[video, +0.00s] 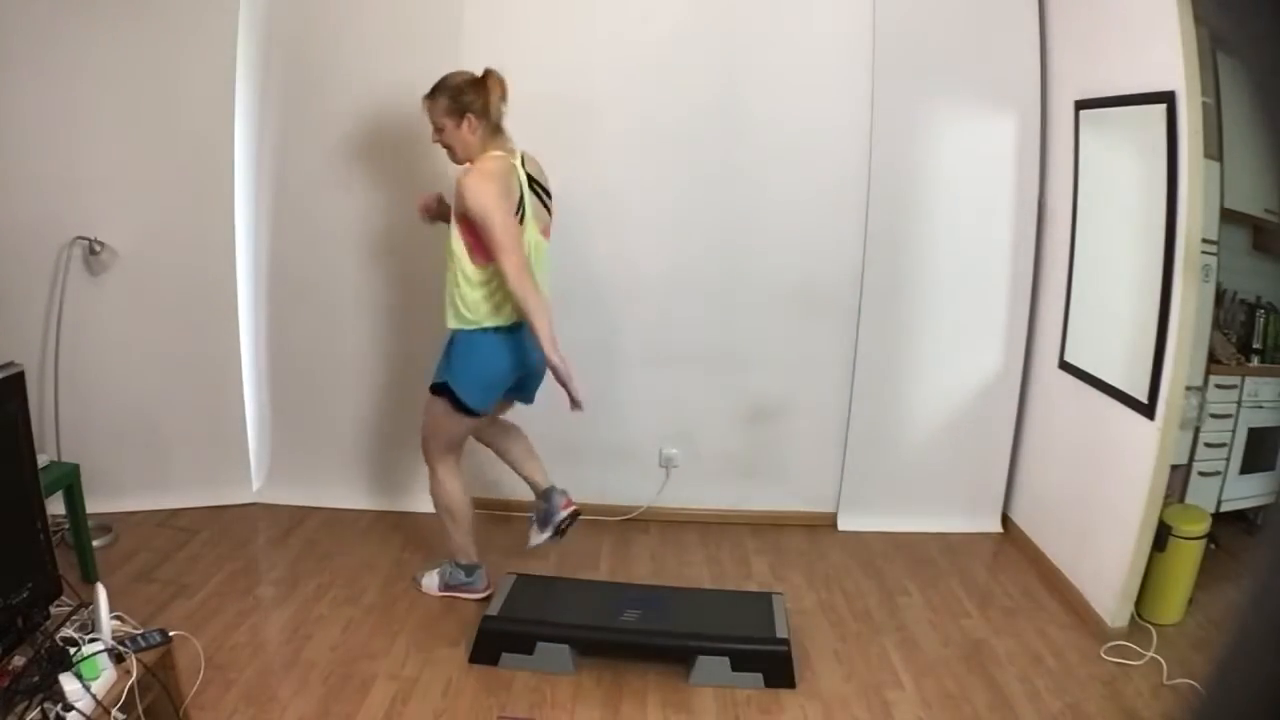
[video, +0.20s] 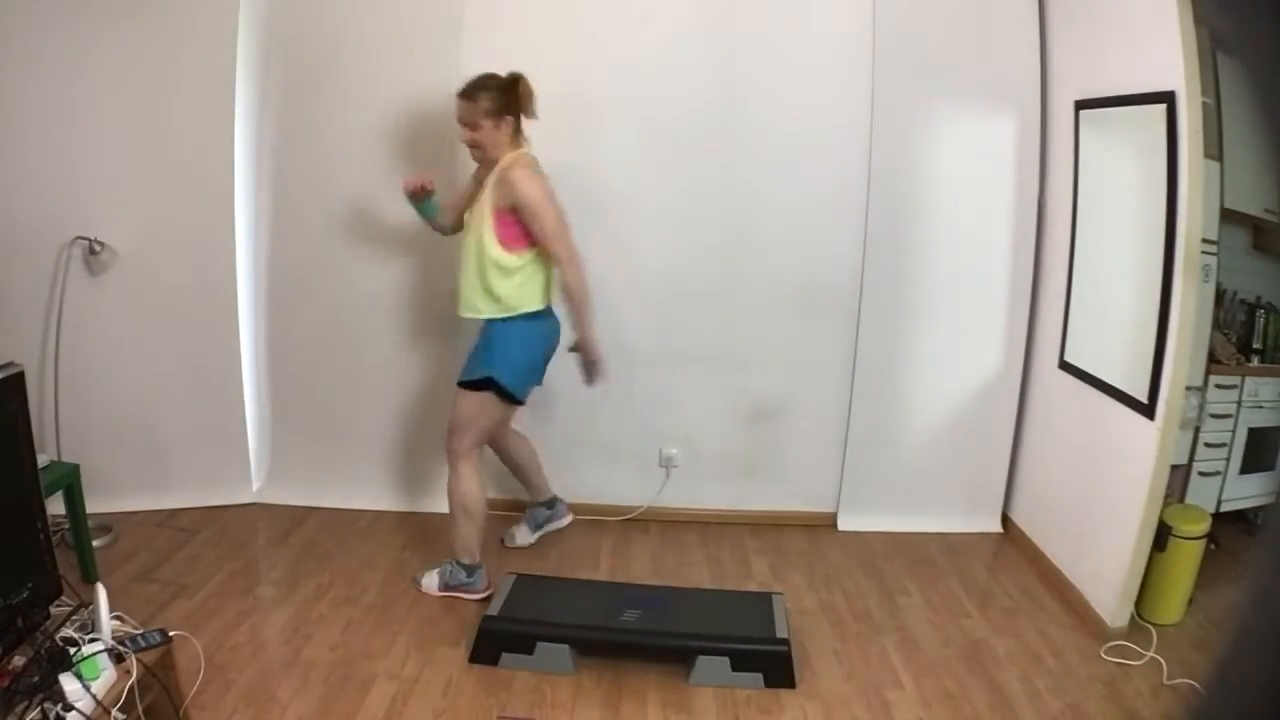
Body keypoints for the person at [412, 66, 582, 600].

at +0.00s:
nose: (436, 141)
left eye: (439, 129)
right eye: (433, 130)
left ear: (469, 124)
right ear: (477, 123)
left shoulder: (477, 181)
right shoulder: (520, 165)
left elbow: (516, 269)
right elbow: (511, 225)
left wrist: (551, 353)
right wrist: (451, 213)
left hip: (480, 346)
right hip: (518, 339)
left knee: (439, 447)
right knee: (483, 420)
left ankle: (466, 567)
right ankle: (550, 498)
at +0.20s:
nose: (466, 136)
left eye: (475, 127)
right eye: (463, 126)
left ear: (507, 124)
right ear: (475, 125)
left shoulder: (521, 177)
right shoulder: (491, 172)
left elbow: (567, 257)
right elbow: (450, 223)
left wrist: (584, 335)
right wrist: (424, 202)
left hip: (518, 326)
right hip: (508, 322)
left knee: (462, 441)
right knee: (494, 429)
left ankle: (467, 568)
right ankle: (548, 506)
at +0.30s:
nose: (498, 144)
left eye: (509, 134)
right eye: (492, 133)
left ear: (533, 132)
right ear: (484, 131)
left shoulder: (551, 178)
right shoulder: (481, 175)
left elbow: (605, 248)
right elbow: (432, 219)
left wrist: (632, 318)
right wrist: (406, 216)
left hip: (543, 325)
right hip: (508, 325)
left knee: (488, 440)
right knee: (514, 437)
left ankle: (469, 566)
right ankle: (551, 512)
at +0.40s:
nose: (541, 140)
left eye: (549, 131)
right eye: (532, 130)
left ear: (560, 129)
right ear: (511, 126)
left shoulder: (577, 173)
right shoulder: (488, 169)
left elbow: (638, 222)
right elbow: (428, 199)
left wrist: (680, 277)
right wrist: (369, 221)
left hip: (562, 324)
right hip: (512, 322)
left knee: (512, 433)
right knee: (526, 430)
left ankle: (502, 554)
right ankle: (549, 511)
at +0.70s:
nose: (624, 151)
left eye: (631, 142)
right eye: (616, 140)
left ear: (634, 141)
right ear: (586, 134)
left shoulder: (636, 186)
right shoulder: (541, 185)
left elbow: (663, 240)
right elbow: (492, 240)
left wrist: (689, 296)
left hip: (614, 332)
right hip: (553, 331)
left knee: (629, 449)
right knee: (539, 442)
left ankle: (629, 528)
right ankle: (527, 506)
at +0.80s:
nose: (640, 156)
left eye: (649, 147)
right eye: (630, 146)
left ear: (656, 150)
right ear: (607, 145)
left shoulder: (662, 204)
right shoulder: (571, 199)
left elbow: (674, 276)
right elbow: (549, 273)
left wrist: (681, 343)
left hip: (635, 344)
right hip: (574, 341)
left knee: (653, 451)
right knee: (565, 460)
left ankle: (632, 531)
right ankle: (526, 502)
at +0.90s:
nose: (649, 158)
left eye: (658, 149)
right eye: (639, 148)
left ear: (669, 153)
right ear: (621, 149)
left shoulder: (679, 207)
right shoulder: (596, 199)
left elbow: (711, 282)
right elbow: (588, 283)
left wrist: (719, 283)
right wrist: (651, 318)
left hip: (644, 344)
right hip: (588, 340)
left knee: (662, 454)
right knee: (610, 449)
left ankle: (633, 531)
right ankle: (559, 500)